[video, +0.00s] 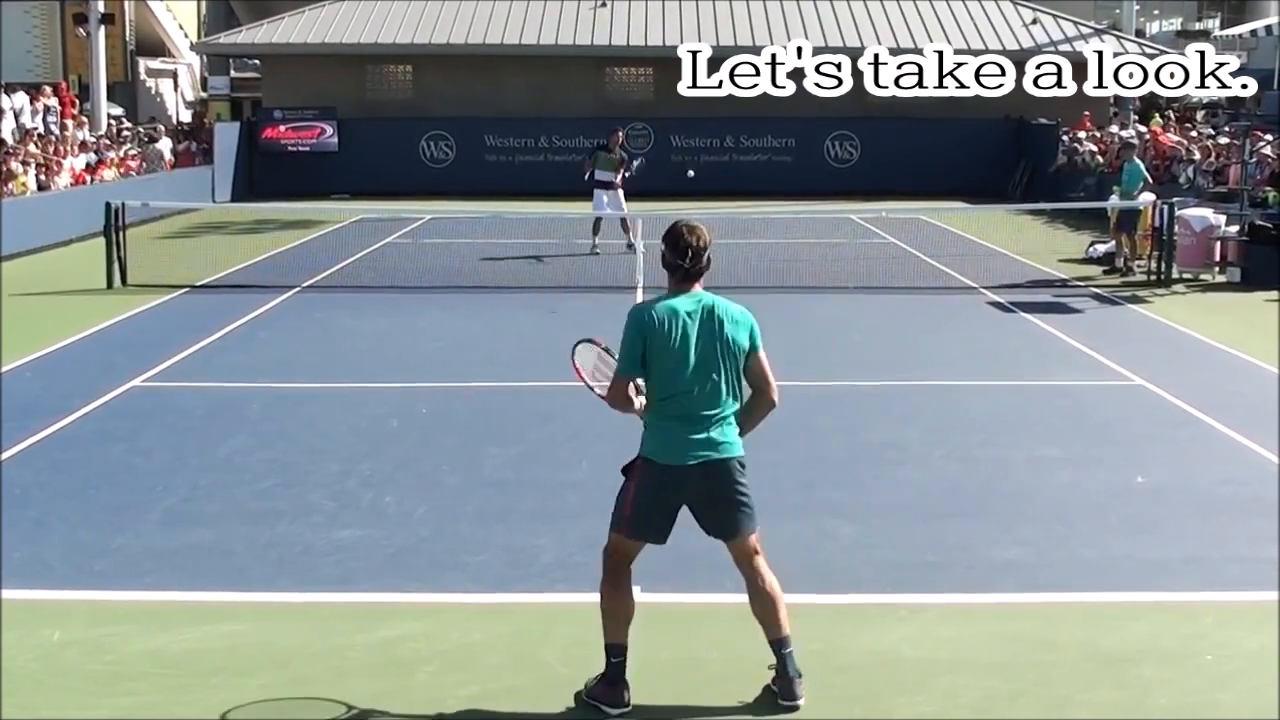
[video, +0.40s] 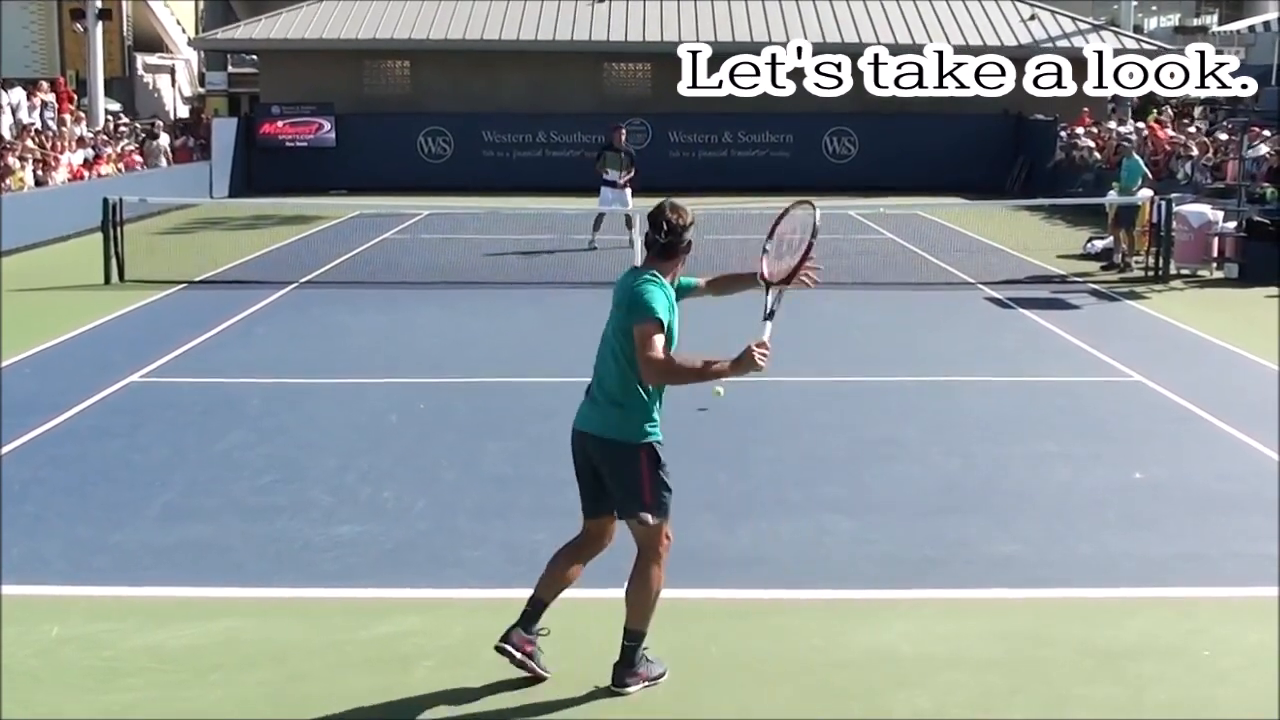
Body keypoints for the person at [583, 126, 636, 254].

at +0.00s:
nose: (617, 140)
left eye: (620, 137)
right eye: (615, 136)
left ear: (622, 140)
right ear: (610, 137)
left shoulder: (623, 156)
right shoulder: (598, 151)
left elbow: (621, 170)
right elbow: (589, 163)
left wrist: (617, 179)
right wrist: (587, 170)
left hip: (614, 184)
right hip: (600, 184)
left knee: (623, 213)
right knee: (599, 214)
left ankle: (630, 241)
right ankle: (594, 243)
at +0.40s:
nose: (622, 137)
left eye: (623, 134)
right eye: (619, 134)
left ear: (625, 136)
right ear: (613, 135)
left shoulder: (629, 152)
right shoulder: (605, 150)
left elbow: (632, 170)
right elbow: (598, 165)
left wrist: (623, 180)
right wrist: (603, 171)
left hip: (623, 186)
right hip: (607, 186)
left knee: (628, 212)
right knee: (602, 212)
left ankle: (631, 237)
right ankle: (593, 239)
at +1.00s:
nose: (629, 128)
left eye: (631, 126)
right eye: (627, 126)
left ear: (634, 128)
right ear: (622, 128)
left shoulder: (640, 144)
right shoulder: (615, 142)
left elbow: (643, 161)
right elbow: (609, 159)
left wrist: (636, 171)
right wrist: (620, 160)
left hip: (633, 178)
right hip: (617, 178)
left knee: (635, 206)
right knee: (612, 205)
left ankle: (635, 230)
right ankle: (608, 229)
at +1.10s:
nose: (630, 125)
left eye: (632, 122)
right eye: (628, 122)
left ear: (635, 125)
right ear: (623, 124)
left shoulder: (640, 140)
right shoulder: (616, 138)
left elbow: (644, 157)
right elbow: (610, 155)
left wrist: (638, 167)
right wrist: (623, 161)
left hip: (633, 175)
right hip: (618, 175)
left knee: (639, 202)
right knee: (612, 201)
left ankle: (641, 230)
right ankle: (609, 228)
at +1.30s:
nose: (635, 131)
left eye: (637, 128)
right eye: (633, 128)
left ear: (640, 130)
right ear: (629, 129)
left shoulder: (644, 145)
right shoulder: (623, 143)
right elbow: (619, 159)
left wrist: (653, 165)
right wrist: (632, 162)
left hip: (636, 178)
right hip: (621, 178)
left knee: (645, 202)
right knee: (615, 204)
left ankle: (650, 229)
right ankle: (600, 228)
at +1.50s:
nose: (647, 134)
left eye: (649, 131)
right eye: (645, 130)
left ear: (650, 132)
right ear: (638, 130)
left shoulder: (647, 149)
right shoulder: (628, 141)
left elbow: (651, 169)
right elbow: (614, 153)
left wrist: (665, 175)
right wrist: (622, 163)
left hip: (636, 176)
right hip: (622, 175)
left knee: (647, 198)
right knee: (622, 199)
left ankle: (653, 226)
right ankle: (609, 226)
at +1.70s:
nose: (649, 135)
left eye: (651, 132)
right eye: (647, 131)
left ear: (652, 134)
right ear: (641, 130)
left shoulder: (645, 152)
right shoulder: (627, 138)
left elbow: (639, 167)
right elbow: (612, 146)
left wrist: (646, 183)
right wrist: (610, 159)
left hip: (632, 174)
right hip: (617, 171)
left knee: (642, 198)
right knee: (617, 198)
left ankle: (654, 225)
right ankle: (609, 224)